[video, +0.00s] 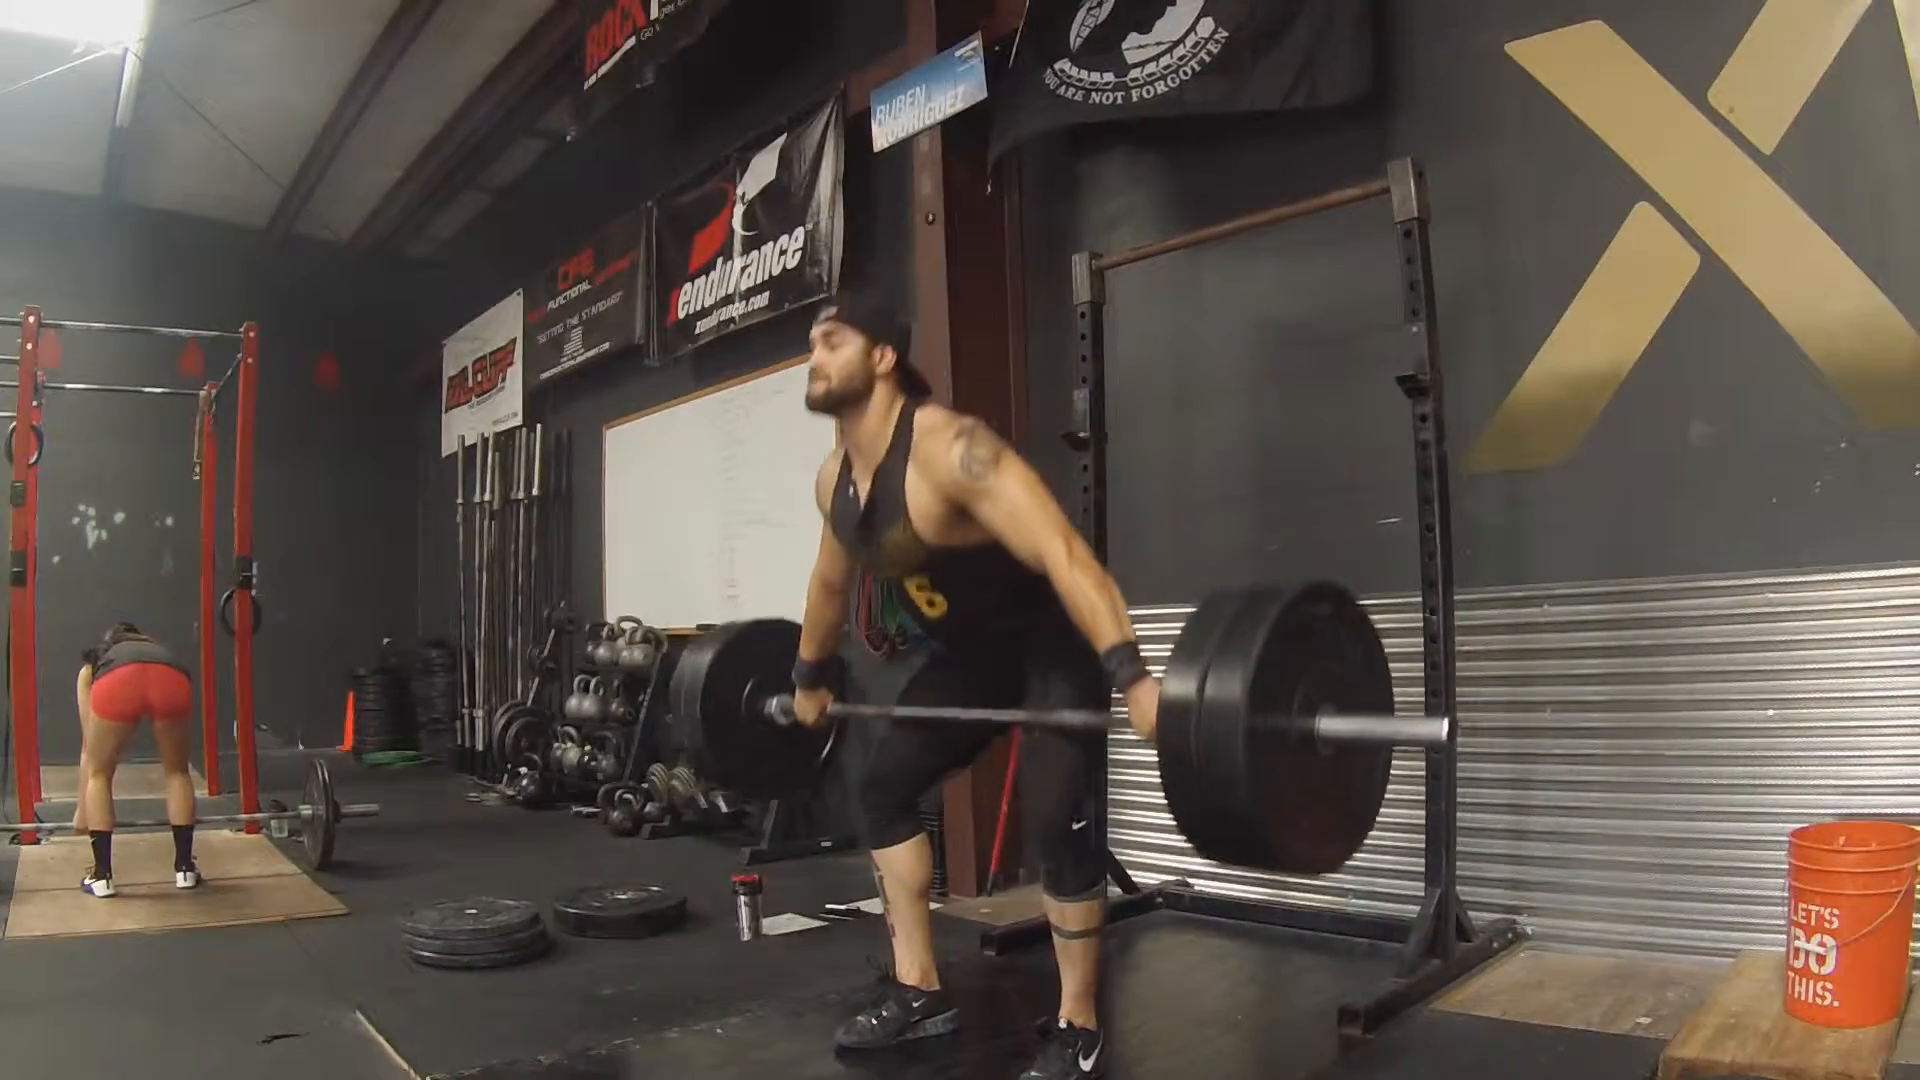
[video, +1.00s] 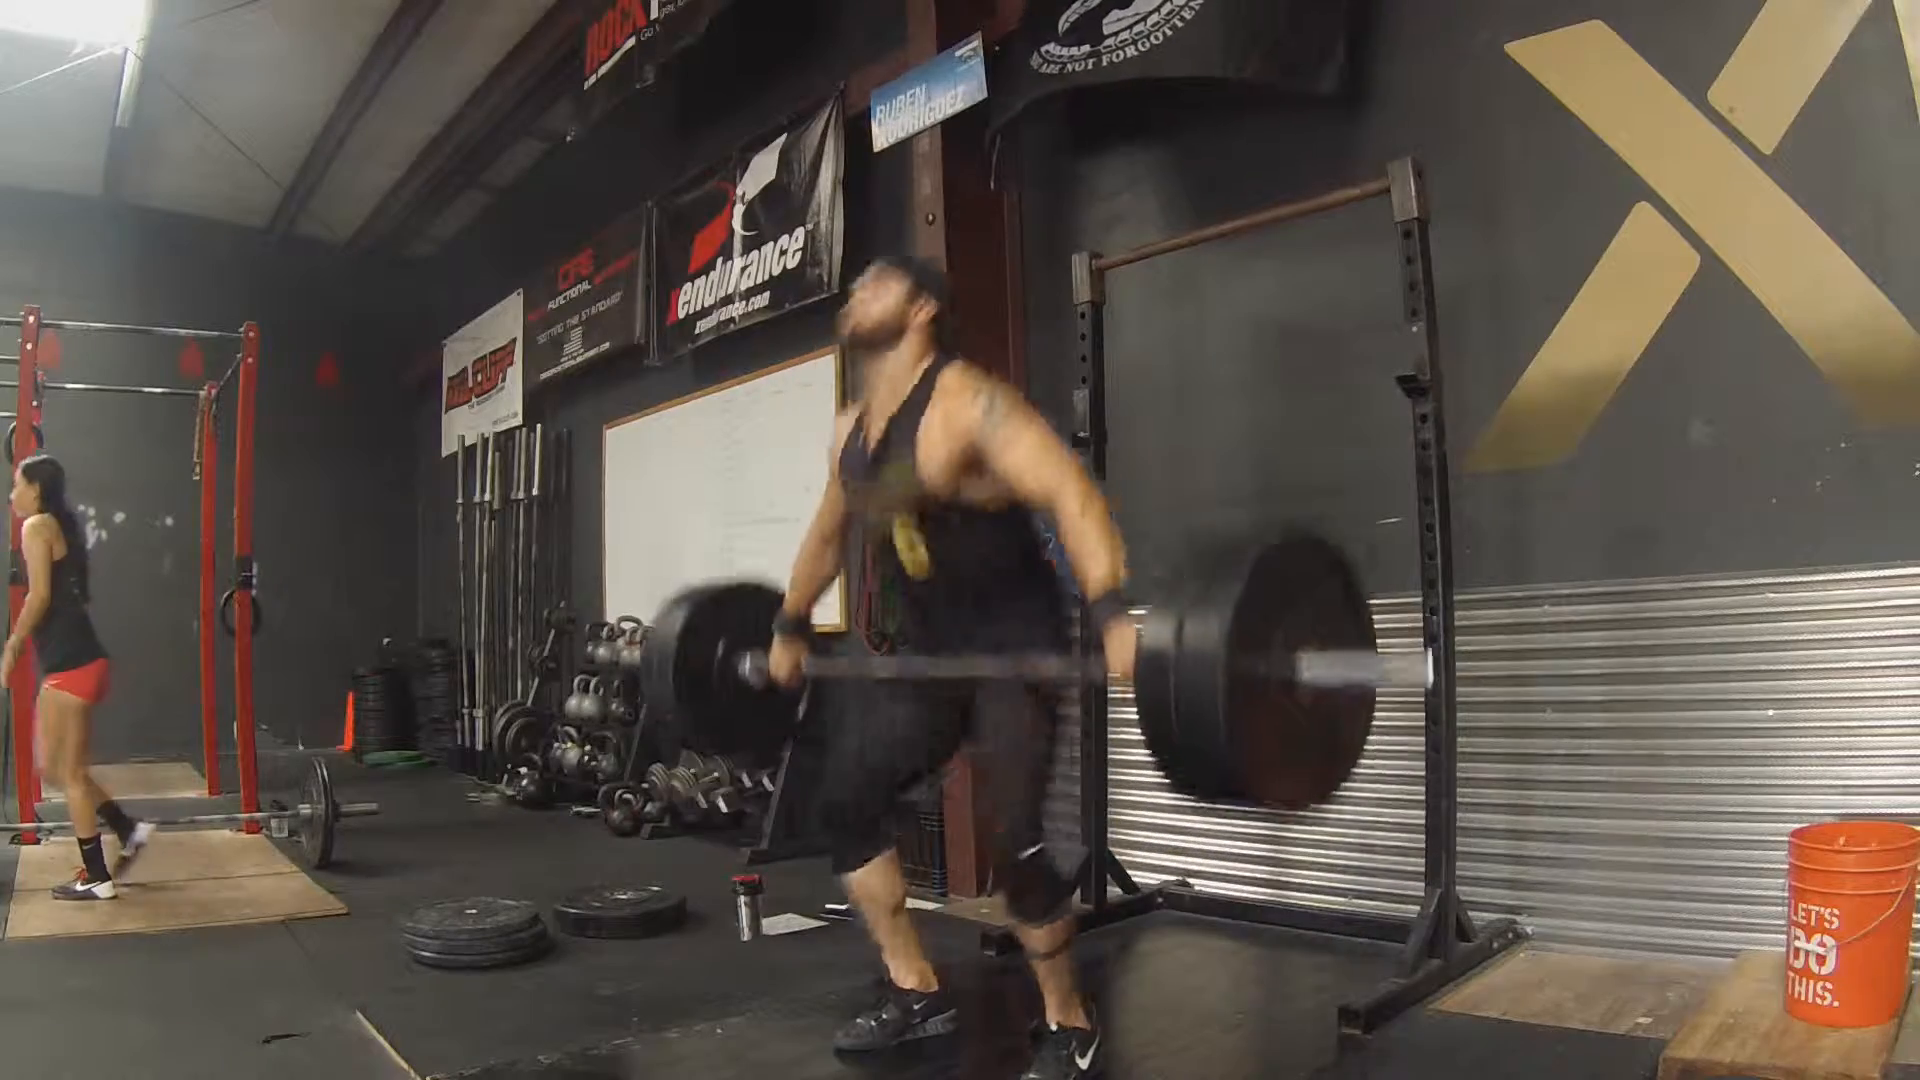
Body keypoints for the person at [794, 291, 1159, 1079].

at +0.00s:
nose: (812, 359)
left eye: (831, 344)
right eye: (811, 348)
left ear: (883, 360)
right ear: (821, 371)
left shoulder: (955, 447)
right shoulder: (839, 476)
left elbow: (1064, 553)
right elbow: (829, 586)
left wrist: (1131, 675)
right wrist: (809, 678)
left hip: (1053, 641)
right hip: (967, 649)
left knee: (1062, 821)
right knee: (885, 783)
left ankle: (1079, 1026)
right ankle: (918, 991)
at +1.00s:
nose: (857, 295)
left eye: (879, 284)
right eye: (857, 287)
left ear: (922, 312)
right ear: (855, 323)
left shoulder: (972, 401)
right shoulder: (857, 430)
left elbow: (1073, 492)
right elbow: (827, 533)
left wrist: (1112, 610)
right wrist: (791, 624)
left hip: (1017, 659)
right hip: (920, 663)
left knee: (1016, 855)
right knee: (843, 805)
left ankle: (1069, 1025)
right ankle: (915, 992)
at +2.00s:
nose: (787, 624)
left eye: (803, 605)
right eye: (784, 609)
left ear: (858, 610)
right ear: (780, 618)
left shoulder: (923, 659)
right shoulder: (826, 676)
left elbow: (990, 581)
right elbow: (761, 594)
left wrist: (1076, 467)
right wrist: (748, 523)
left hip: (989, 882)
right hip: (888, 881)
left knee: (933, 915)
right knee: (752, 874)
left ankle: (1052, 1036)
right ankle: (896, 993)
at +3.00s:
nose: (775, 401)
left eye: (787, 381)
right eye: (766, 387)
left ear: (842, 369)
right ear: (769, 392)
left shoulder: (921, 413)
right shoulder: (811, 446)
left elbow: (1008, 325)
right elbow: (752, 379)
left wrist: (1101, 210)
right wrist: (750, 309)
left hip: (1011, 657)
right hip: (919, 676)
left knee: (987, 841)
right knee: (813, 813)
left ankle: (1055, 1031)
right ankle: (895, 993)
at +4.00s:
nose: (953, 255)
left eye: (968, 241)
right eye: (947, 244)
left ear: (1016, 250)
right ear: (953, 260)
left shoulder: (1056, 311)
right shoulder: (947, 332)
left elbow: (1149, 285)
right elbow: (868, 324)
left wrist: (1142, 185)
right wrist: (792, 273)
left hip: (1051, 596)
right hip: (965, 603)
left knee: (1068, 794)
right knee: (923, 774)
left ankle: (1098, 1017)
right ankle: (926, 972)